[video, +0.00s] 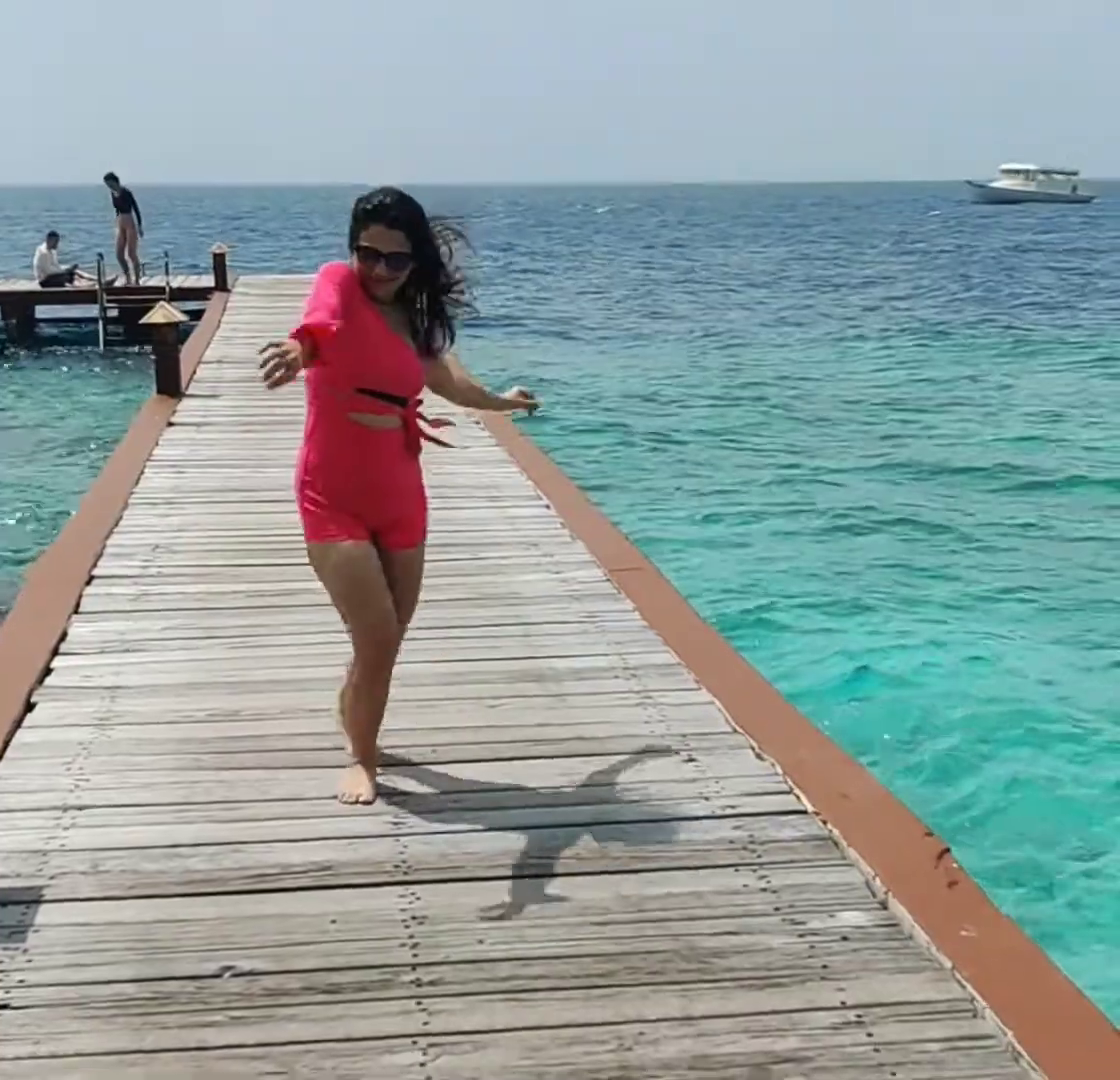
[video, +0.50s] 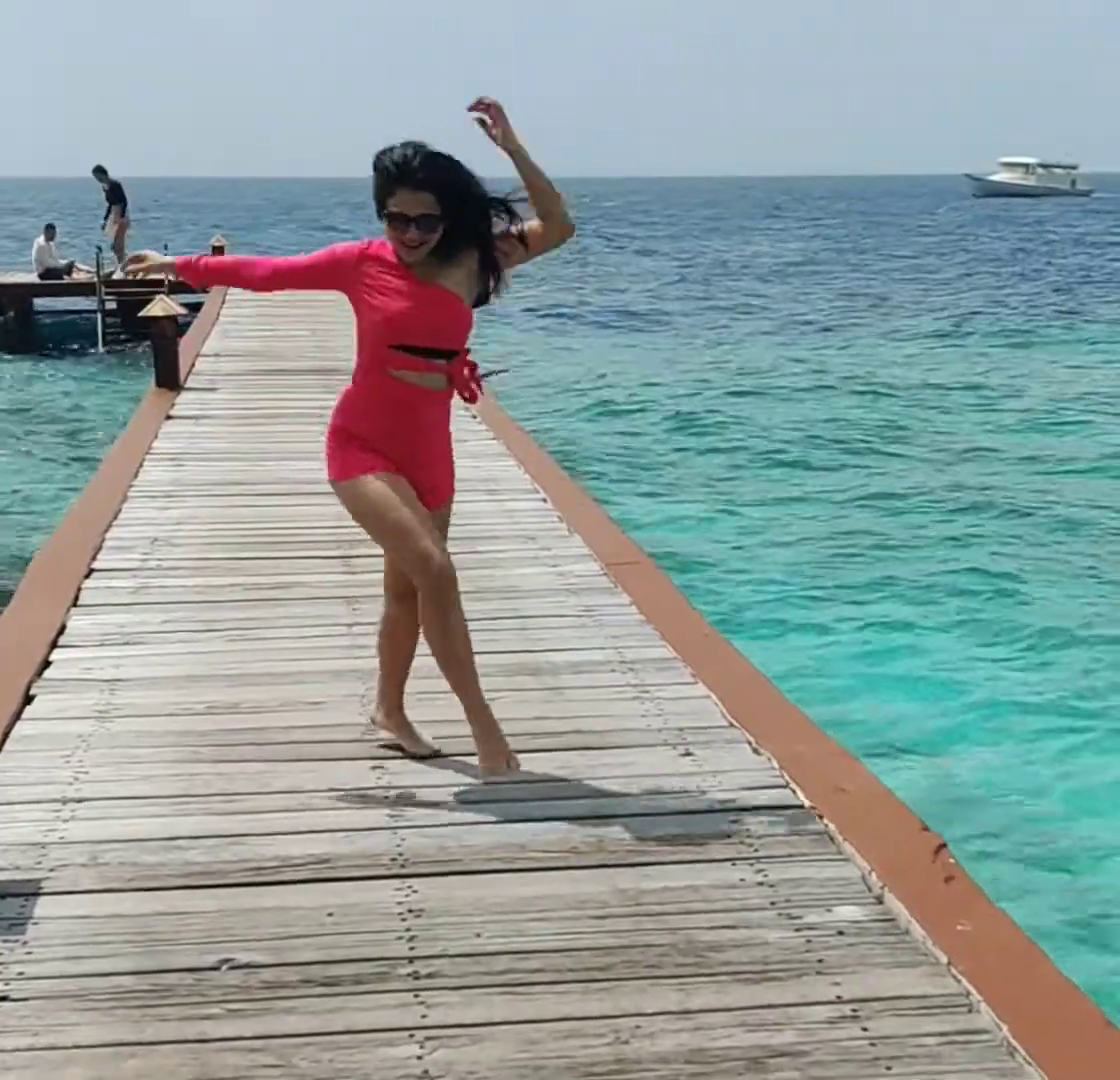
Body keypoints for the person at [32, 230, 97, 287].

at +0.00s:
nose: (57, 243)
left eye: (57, 241)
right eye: (55, 241)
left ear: (56, 241)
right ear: (49, 241)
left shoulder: (52, 251)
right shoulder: (43, 253)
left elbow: (55, 266)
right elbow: (48, 271)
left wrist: (67, 269)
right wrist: (64, 271)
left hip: (53, 276)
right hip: (45, 280)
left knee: (74, 271)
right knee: (71, 277)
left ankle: (95, 279)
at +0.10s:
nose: (53, 238)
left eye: (54, 236)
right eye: (51, 236)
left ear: (53, 236)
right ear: (45, 236)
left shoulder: (49, 246)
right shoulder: (40, 248)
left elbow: (55, 262)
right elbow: (45, 267)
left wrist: (64, 265)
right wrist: (62, 267)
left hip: (51, 272)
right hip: (43, 276)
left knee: (71, 267)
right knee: (70, 269)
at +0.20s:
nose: (52, 237)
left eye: (53, 234)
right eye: (50, 234)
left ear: (53, 234)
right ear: (44, 234)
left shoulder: (48, 245)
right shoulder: (39, 247)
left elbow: (54, 259)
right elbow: (44, 265)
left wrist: (62, 265)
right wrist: (59, 266)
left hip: (49, 271)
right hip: (42, 274)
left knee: (71, 266)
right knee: (68, 267)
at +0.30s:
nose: (52, 236)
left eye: (53, 233)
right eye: (50, 233)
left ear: (53, 234)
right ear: (44, 233)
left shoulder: (48, 244)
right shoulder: (39, 246)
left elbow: (53, 259)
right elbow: (44, 264)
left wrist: (62, 263)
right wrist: (59, 265)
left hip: (50, 270)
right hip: (42, 273)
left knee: (71, 266)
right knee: (69, 268)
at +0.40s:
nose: (53, 236)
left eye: (53, 233)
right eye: (50, 233)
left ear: (53, 234)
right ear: (44, 234)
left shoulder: (48, 245)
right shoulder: (40, 246)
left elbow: (53, 260)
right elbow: (44, 264)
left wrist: (63, 264)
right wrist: (59, 266)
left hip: (50, 270)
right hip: (42, 273)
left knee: (72, 266)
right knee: (69, 268)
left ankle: (93, 274)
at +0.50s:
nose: (54, 235)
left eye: (54, 232)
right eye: (52, 232)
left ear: (55, 232)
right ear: (46, 232)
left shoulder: (50, 244)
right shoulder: (41, 245)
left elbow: (54, 258)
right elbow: (46, 263)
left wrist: (65, 263)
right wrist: (61, 266)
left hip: (51, 268)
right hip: (44, 272)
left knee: (72, 265)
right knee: (70, 265)